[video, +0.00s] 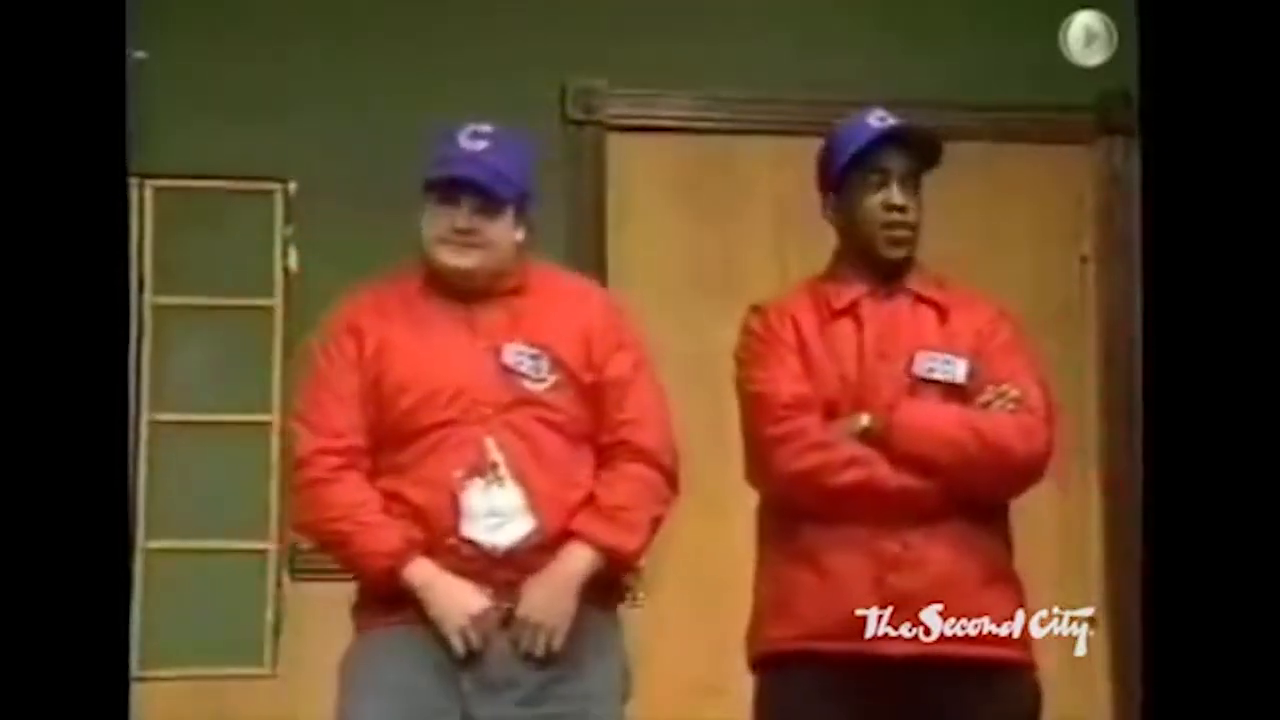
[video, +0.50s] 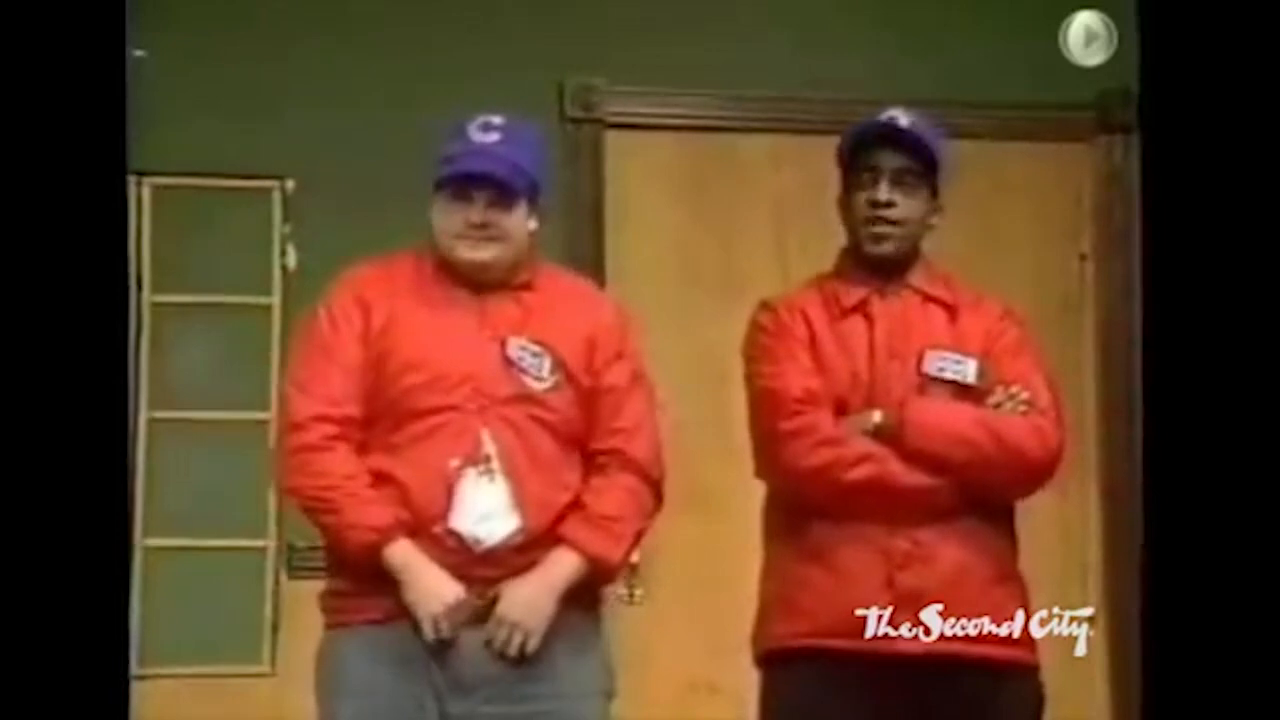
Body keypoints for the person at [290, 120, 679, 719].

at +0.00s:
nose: (461, 222)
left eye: (485, 208)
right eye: (446, 201)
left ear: (521, 227)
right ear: (423, 212)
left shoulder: (587, 314)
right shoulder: (364, 322)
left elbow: (645, 459)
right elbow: (323, 475)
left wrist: (569, 571)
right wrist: (426, 578)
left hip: (565, 627)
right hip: (409, 627)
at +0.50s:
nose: (478, 216)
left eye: (501, 201)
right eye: (460, 196)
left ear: (533, 217)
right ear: (434, 206)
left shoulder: (588, 314)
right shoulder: (365, 299)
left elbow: (631, 468)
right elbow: (311, 448)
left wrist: (550, 579)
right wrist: (406, 561)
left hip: (546, 629)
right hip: (382, 630)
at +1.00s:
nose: (546, 212)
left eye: (545, 196)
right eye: (522, 199)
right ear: (457, 214)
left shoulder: (592, 314)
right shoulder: (362, 305)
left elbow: (633, 466)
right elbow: (310, 452)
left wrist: (553, 579)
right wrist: (403, 562)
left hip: (543, 629)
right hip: (385, 629)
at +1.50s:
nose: (554, 209)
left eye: (553, 192)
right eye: (531, 195)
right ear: (465, 209)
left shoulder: (595, 312)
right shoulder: (370, 303)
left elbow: (642, 463)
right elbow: (320, 452)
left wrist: (569, 578)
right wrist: (419, 562)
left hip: (554, 632)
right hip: (398, 632)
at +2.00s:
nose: (547, 217)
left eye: (547, 201)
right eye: (525, 203)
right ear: (459, 211)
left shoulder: (574, 298)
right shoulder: (379, 283)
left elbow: (638, 457)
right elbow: (450, 360)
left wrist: (577, 571)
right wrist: (574, 317)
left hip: (545, 623)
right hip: (397, 634)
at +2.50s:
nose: (541, 215)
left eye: (544, 199)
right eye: (520, 200)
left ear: (552, 200)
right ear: (453, 208)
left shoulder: (569, 296)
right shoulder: (374, 283)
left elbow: (637, 441)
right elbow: (433, 370)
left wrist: (570, 540)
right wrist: (561, 322)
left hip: (547, 625)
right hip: (394, 633)